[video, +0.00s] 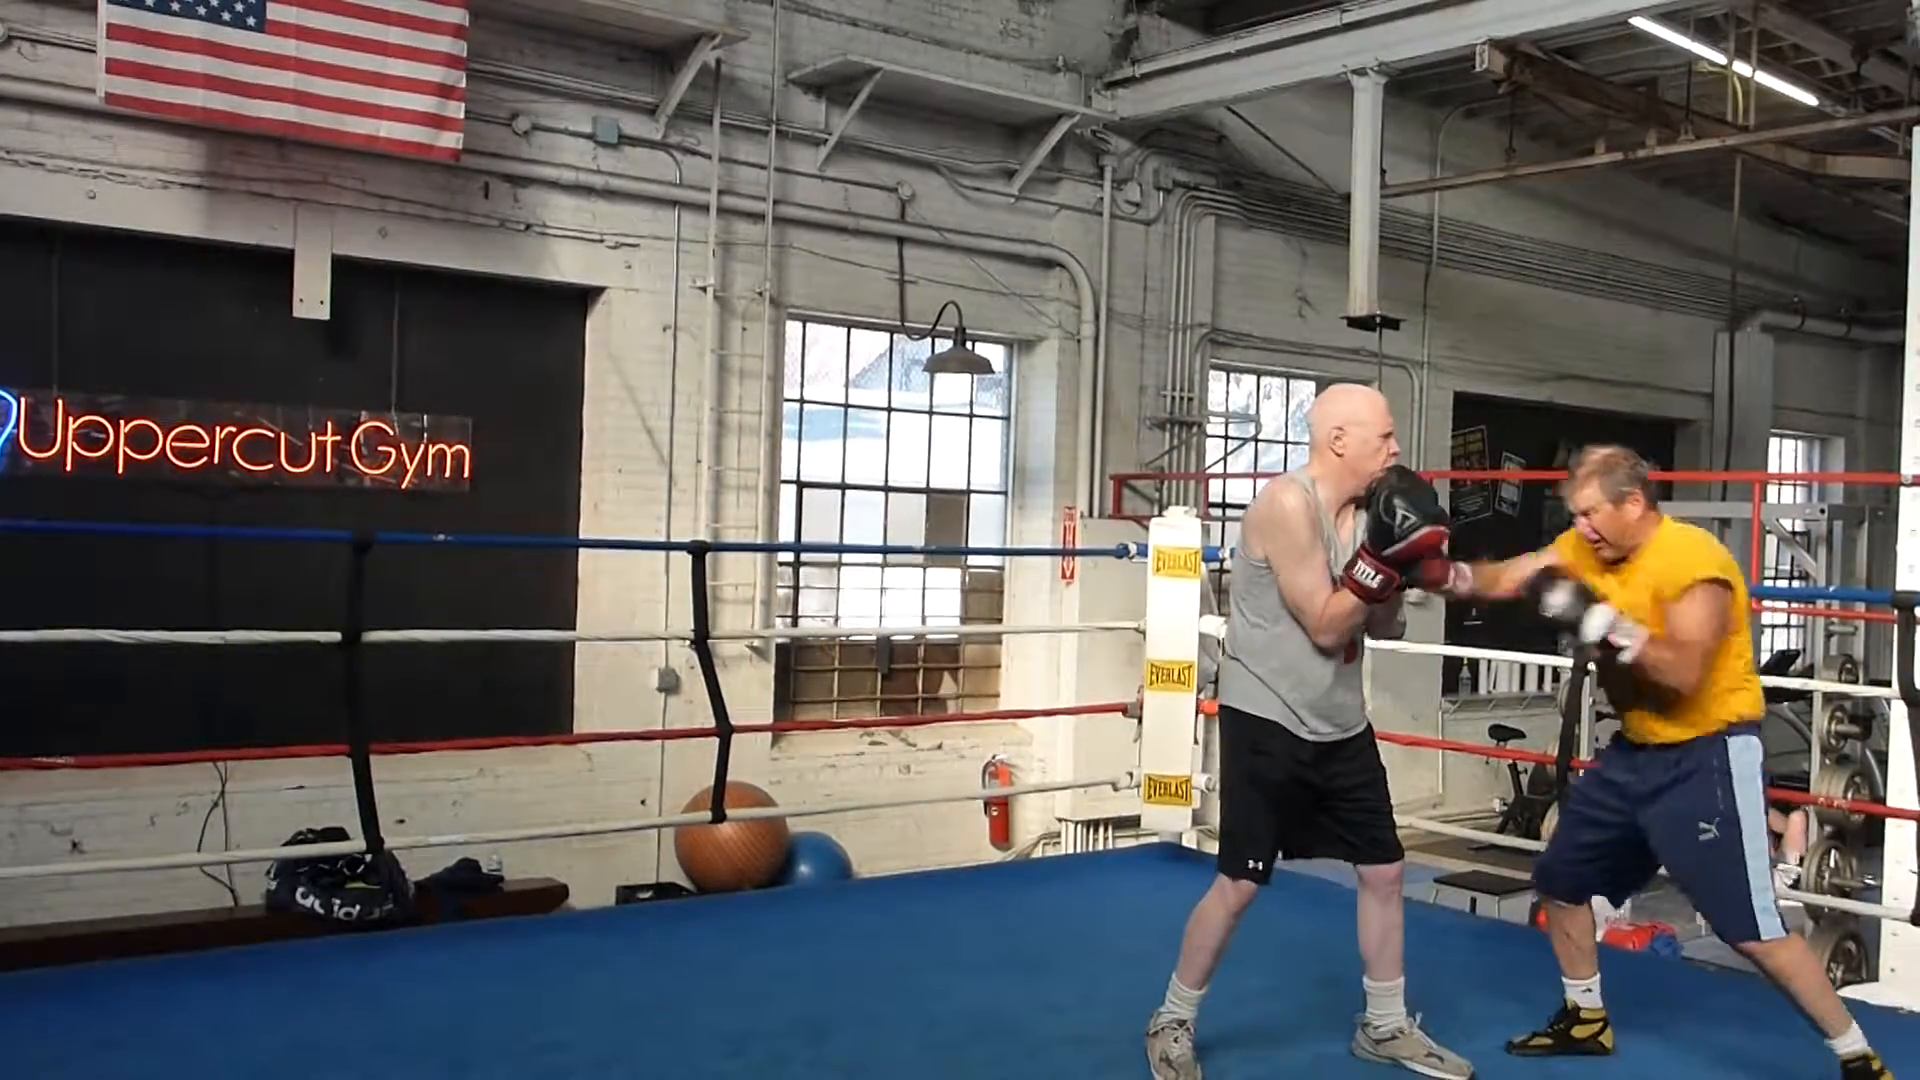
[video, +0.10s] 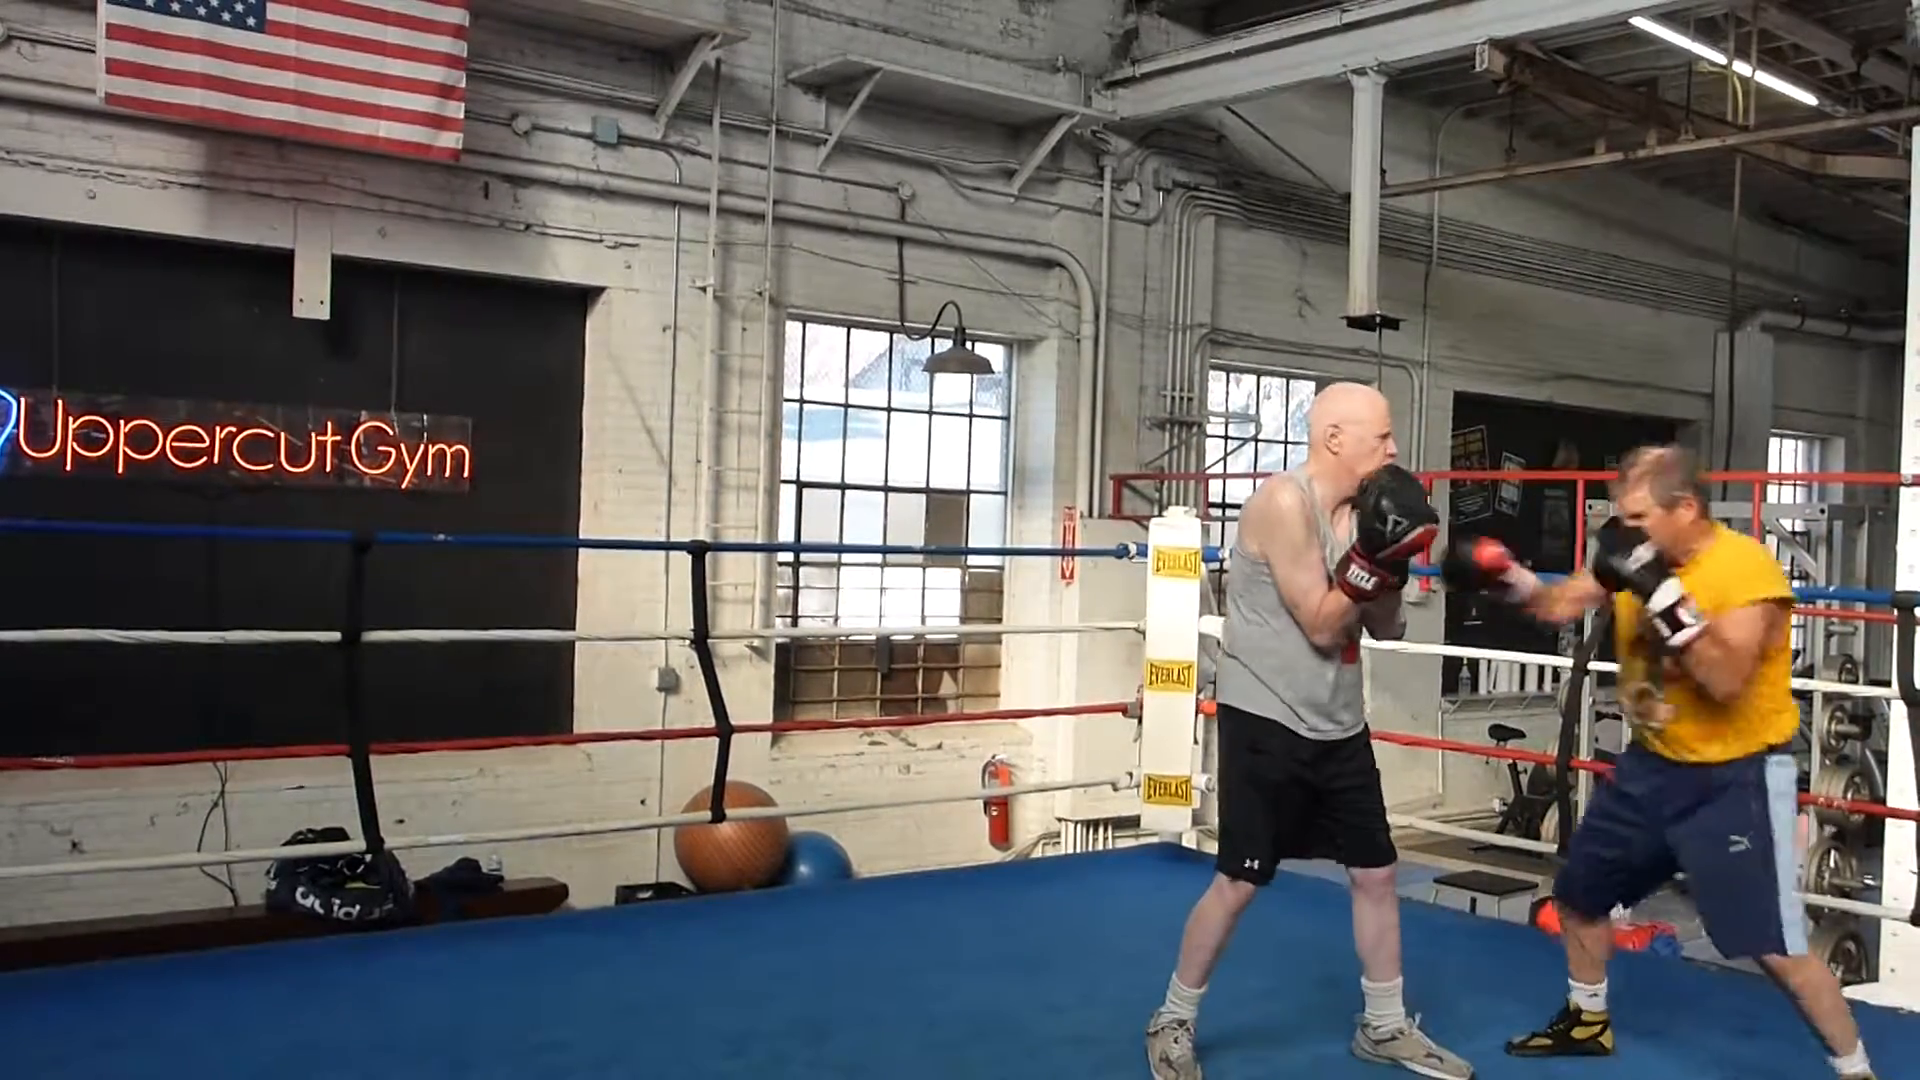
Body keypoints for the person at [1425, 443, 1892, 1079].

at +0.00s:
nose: (1583, 528)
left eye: (1592, 514)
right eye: (1577, 517)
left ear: (1636, 502)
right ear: (1580, 514)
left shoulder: (1693, 556)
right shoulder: (1585, 550)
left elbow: (1685, 670)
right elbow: (1505, 577)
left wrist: (1601, 620)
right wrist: (1438, 570)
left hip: (1712, 752)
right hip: (1636, 752)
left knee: (1752, 925)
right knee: (1562, 878)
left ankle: (1858, 1059)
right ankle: (1585, 1019)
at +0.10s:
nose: (1626, 531)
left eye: (1637, 517)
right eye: (1622, 518)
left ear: (1686, 508)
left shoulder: (1746, 566)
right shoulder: (1636, 557)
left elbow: (1726, 676)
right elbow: (1559, 603)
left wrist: (1656, 587)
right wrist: (1513, 578)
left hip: (1741, 776)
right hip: (1650, 768)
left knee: (1777, 945)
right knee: (1581, 889)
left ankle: (1856, 1070)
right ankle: (1586, 1021)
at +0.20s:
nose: (1680, 522)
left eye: (1691, 506)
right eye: (1675, 509)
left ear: (1742, 494)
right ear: (1674, 504)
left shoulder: (1797, 557)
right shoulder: (1698, 558)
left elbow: (1751, 660)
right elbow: (1653, 630)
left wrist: (1685, 578)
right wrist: (1608, 598)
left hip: (1786, 775)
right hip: (1694, 765)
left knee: (1817, 947)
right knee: (1629, 894)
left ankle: (1868, 1075)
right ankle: (1600, 1020)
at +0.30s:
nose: (1708, 504)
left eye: (1716, 487)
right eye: (1702, 490)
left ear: (1768, 474)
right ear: (1746, 480)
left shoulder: (1826, 534)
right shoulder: (1729, 540)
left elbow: (1752, 640)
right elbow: (1684, 625)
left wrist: (1686, 555)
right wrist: (1649, 568)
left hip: (1828, 760)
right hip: (1736, 749)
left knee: (1843, 950)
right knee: (1664, 883)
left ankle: (1879, 1074)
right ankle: (1698, 1048)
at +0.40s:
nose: (1721, 485)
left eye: (1729, 468)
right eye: (1716, 472)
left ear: (1780, 453)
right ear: (1771, 460)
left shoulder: (1844, 519)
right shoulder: (1748, 525)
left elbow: (1783, 640)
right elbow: (1743, 623)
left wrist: (1708, 558)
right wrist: (1699, 565)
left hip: (1857, 739)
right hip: (1770, 734)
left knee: (1856, 937)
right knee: (1718, 904)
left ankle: (1914, 1067)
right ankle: (1777, 1067)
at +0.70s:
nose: (1774, 537)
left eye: (1781, 520)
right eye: (1769, 523)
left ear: (1833, 509)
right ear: (1826, 511)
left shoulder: (1904, 573)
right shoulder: (1810, 578)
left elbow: (1850, 709)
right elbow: (1817, 688)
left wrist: (1749, 649)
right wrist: (1740, 654)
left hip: (1900, 824)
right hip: (1818, 807)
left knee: (1910, 1009)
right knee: (1706, 925)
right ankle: (1773, 1071)